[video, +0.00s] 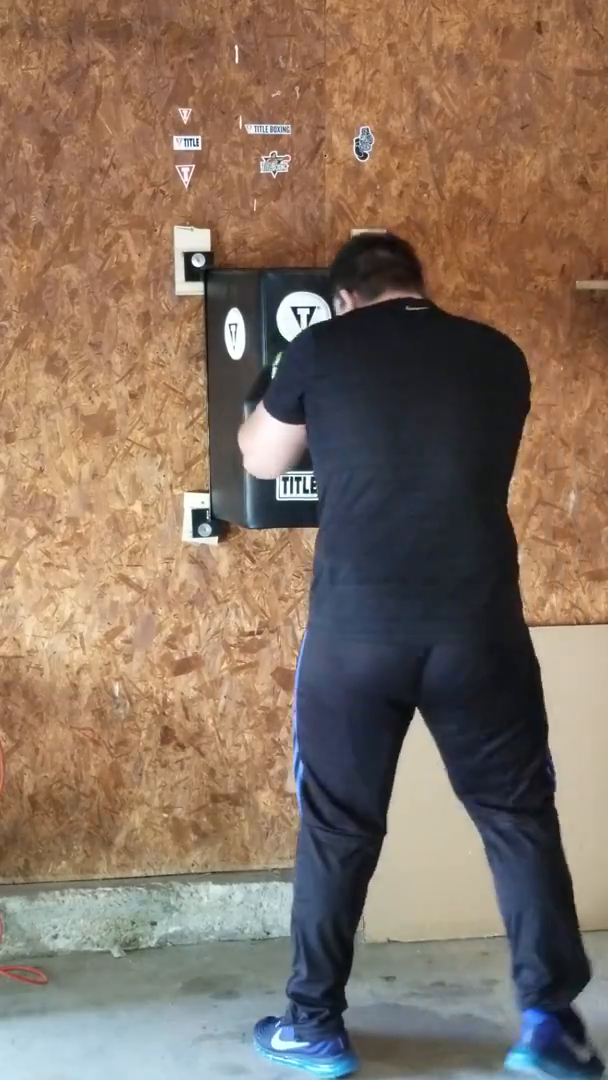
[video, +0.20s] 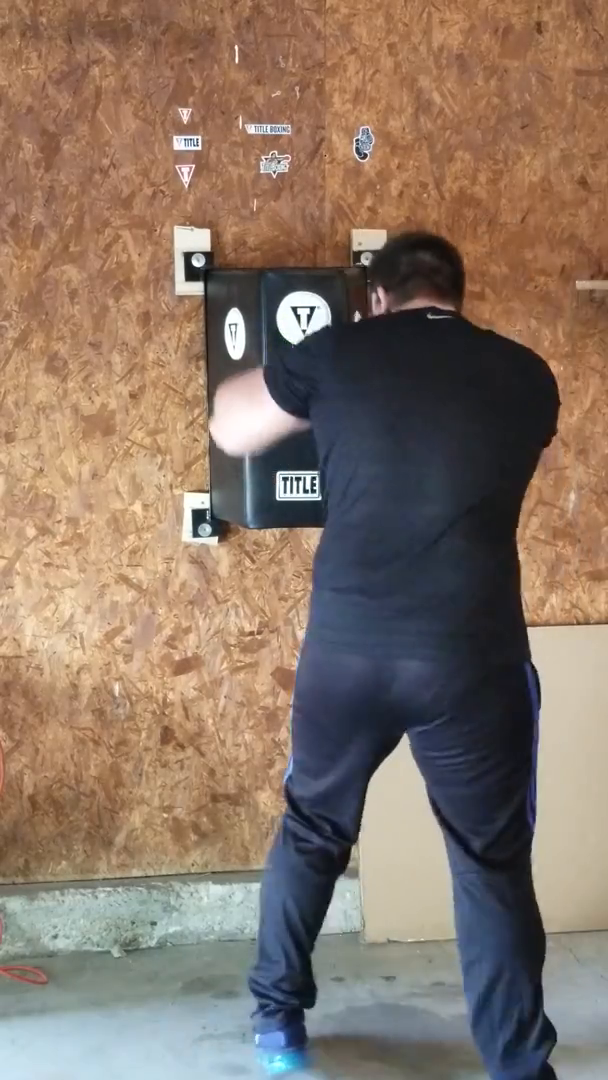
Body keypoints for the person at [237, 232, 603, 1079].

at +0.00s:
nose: (333, 309)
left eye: (331, 300)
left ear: (347, 297)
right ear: (424, 285)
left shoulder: (323, 350)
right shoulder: (502, 354)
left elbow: (261, 455)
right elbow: (473, 451)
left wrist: (321, 390)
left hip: (359, 631)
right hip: (478, 630)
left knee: (336, 825)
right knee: (518, 814)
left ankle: (314, 1023)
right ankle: (549, 1017)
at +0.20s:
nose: (367, 307)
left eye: (367, 297)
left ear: (379, 296)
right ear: (461, 296)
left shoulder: (338, 353)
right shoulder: (530, 376)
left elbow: (231, 428)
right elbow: (489, 463)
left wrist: (277, 366)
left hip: (346, 649)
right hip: (471, 656)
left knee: (312, 824)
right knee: (492, 860)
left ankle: (277, 1023)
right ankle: (521, 1063)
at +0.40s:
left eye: (377, 278)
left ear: (377, 280)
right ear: (462, 294)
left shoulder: (315, 333)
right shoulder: (509, 374)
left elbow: (218, 392)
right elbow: (516, 504)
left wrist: (271, 345)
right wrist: (446, 446)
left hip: (306, 645)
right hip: (427, 655)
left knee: (310, 854)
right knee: (469, 866)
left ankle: (280, 1050)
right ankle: (499, 1060)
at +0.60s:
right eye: (471, 313)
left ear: (385, 299)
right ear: (473, 315)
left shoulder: (308, 364)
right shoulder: (511, 394)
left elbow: (231, 479)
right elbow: (529, 512)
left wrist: (318, 460)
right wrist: (449, 482)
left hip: (292, 667)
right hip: (415, 676)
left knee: (273, 836)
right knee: (405, 895)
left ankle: (249, 1019)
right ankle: (401, 1066)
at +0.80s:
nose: (436, 309)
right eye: (440, 297)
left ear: (353, 277)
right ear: (438, 297)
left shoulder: (280, 336)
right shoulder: (452, 370)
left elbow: (228, 382)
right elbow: (495, 501)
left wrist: (334, 348)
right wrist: (433, 425)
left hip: (241, 653)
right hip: (360, 665)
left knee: (245, 822)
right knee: (402, 884)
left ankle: (170, 1033)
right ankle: (412, 1068)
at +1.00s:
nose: (360, 309)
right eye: (361, 296)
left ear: (267, 285)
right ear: (358, 298)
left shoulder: (192, 355)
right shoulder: (389, 378)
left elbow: (150, 452)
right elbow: (450, 496)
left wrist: (245, 427)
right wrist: (375, 461)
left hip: (199, 668)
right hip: (324, 668)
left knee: (203, 858)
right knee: (375, 873)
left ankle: (165, 1051)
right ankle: (412, 1065)